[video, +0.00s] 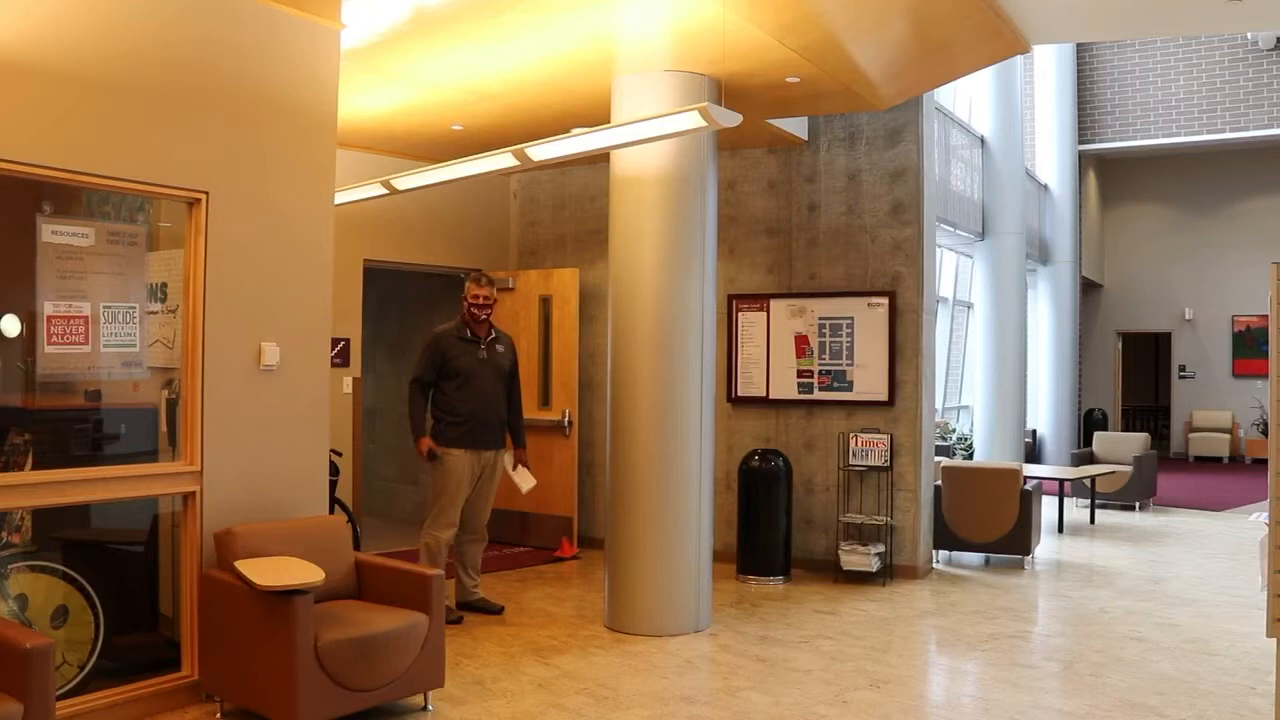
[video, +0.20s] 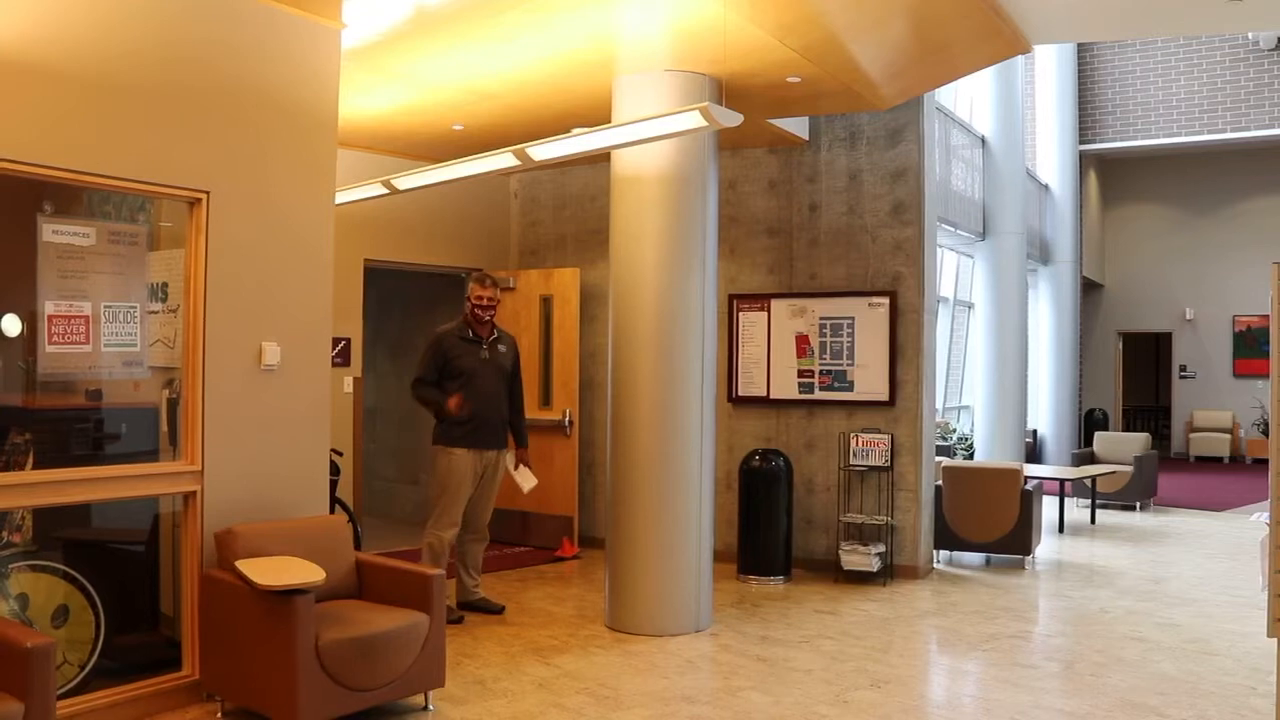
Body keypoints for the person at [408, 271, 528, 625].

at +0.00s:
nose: (480, 305)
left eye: (487, 299)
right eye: (475, 298)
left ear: (495, 303)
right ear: (464, 300)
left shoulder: (504, 343)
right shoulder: (442, 340)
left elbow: (513, 397)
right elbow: (419, 387)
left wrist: (519, 445)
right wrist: (421, 433)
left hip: (492, 449)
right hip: (452, 448)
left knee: (475, 529)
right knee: (441, 529)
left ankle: (470, 594)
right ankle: (434, 602)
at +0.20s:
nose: (484, 306)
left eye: (491, 301)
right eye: (478, 299)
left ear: (498, 304)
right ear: (467, 300)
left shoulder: (507, 343)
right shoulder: (445, 339)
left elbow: (514, 398)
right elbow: (421, 386)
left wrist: (521, 444)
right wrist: (444, 402)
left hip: (495, 448)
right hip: (456, 447)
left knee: (477, 528)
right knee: (443, 528)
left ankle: (470, 593)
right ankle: (436, 602)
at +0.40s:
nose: (490, 307)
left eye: (495, 302)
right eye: (484, 302)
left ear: (501, 304)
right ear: (470, 302)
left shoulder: (509, 341)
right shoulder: (451, 336)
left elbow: (519, 396)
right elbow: (442, 381)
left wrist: (526, 444)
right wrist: (470, 347)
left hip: (497, 447)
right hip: (458, 445)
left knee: (479, 528)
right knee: (446, 527)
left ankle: (470, 593)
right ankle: (435, 600)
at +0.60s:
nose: (494, 308)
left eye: (499, 303)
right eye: (488, 302)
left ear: (504, 304)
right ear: (474, 303)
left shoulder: (511, 340)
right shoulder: (456, 333)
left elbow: (521, 395)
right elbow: (455, 376)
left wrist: (530, 442)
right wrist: (480, 335)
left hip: (499, 446)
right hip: (461, 444)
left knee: (480, 527)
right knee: (449, 526)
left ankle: (471, 592)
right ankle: (437, 599)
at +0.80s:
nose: (496, 308)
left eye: (501, 303)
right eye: (490, 302)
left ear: (507, 304)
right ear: (477, 302)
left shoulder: (513, 340)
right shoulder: (458, 333)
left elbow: (523, 396)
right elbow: (458, 377)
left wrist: (531, 444)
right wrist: (484, 336)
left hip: (500, 443)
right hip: (466, 441)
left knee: (482, 525)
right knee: (459, 523)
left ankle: (471, 591)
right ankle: (442, 597)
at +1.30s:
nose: (493, 311)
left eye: (500, 306)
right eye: (488, 304)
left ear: (509, 305)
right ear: (478, 300)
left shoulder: (518, 342)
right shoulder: (461, 335)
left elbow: (529, 397)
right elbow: (464, 383)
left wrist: (535, 447)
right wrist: (488, 340)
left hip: (507, 444)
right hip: (472, 444)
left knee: (487, 523)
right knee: (478, 524)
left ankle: (467, 591)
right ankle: (490, 608)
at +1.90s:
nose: (495, 306)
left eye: (502, 300)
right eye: (488, 299)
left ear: (513, 299)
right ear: (478, 295)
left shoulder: (524, 333)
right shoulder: (463, 335)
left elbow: (536, 388)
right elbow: (472, 386)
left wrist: (548, 435)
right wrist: (495, 340)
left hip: (527, 446)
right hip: (484, 449)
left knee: (532, 523)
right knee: (486, 534)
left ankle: (505, 594)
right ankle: (489, 614)